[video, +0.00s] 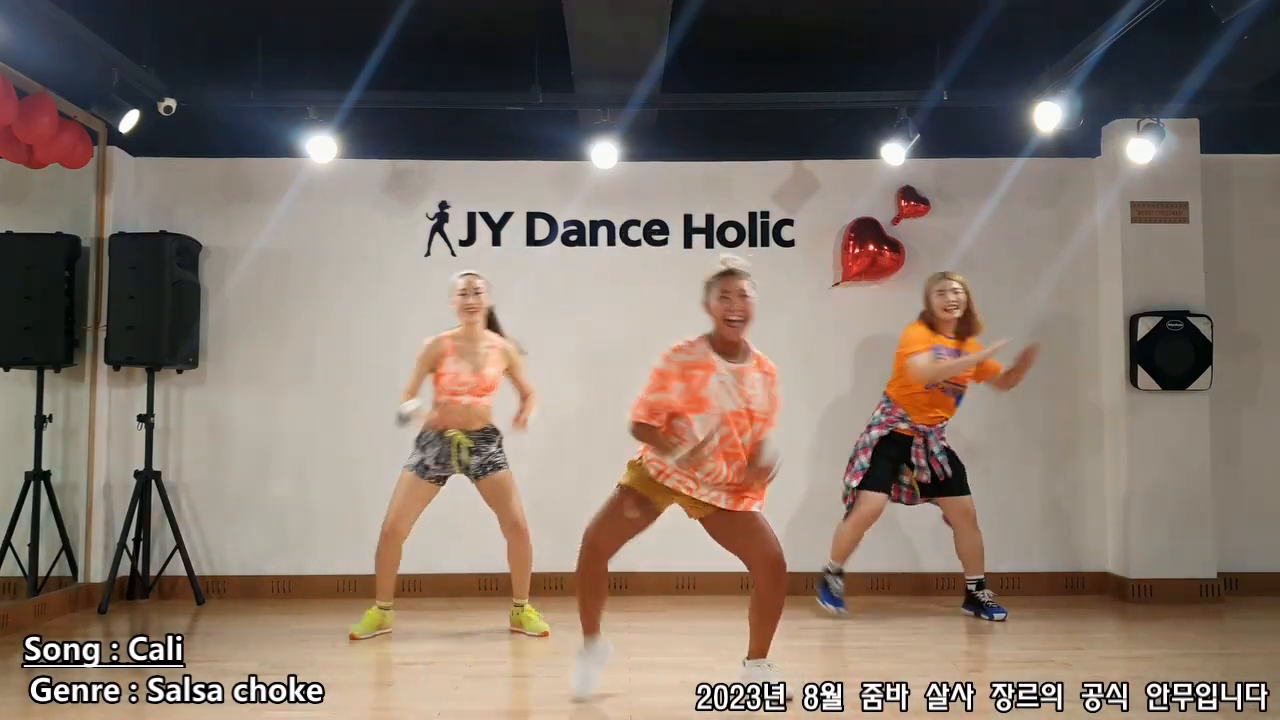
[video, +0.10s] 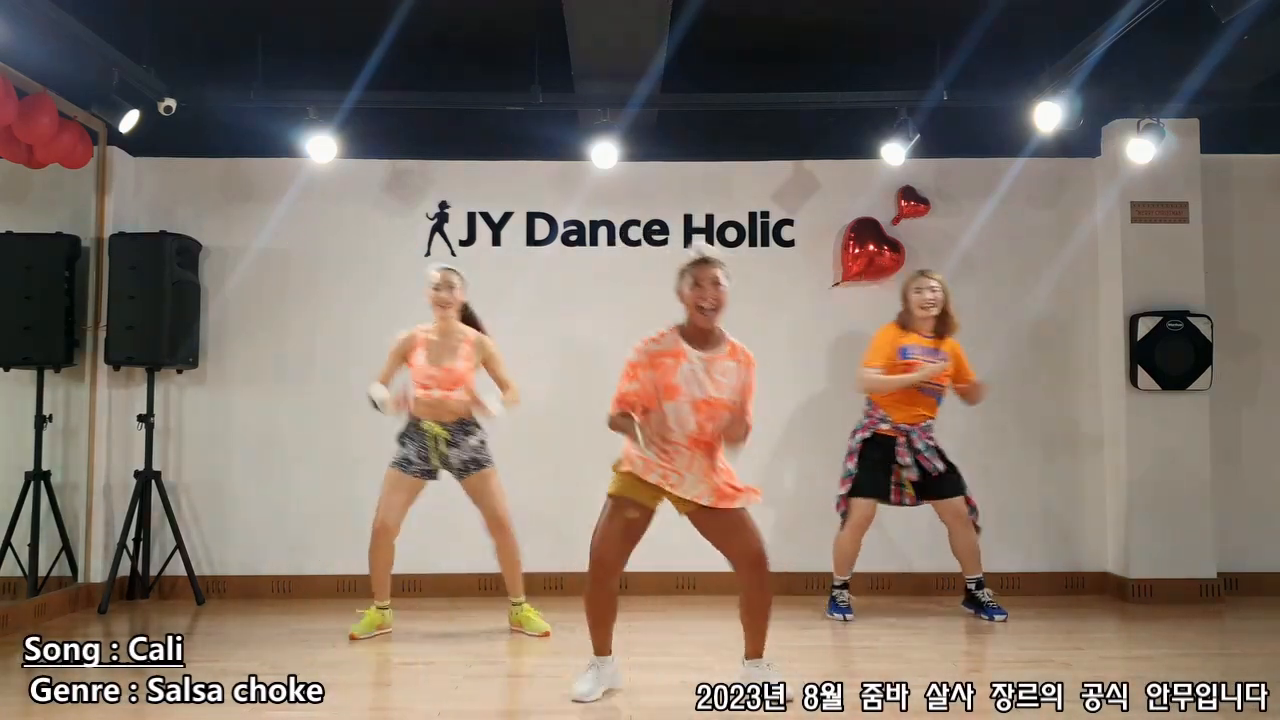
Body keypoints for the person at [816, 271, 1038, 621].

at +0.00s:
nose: (950, 298)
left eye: (956, 292)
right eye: (941, 293)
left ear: (966, 300)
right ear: (928, 301)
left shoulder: (970, 347)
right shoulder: (916, 335)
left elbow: (1002, 382)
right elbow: (920, 374)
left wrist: (1021, 366)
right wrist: (970, 361)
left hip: (931, 438)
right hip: (892, 432)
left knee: (963, 512)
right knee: (870, 506)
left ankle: (976, 592)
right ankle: (831, 575)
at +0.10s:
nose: (929, 295)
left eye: (935, 290)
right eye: (920, 290)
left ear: (944, 299)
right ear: (906, 299)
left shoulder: (949, 347)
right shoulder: (889, 336)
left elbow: (968, 395)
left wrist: (978, 387)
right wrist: (919, 376)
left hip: (920, 439)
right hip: (879, 436)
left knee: (957, 511)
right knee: (861, 513)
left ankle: (976, 591)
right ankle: (839, 591)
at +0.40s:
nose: (867, 289)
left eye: (873, 283)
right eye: (859, 284)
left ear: (885, 292)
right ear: (847, 294)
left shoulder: (895, 329)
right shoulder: (833, 329)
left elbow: (923, 335)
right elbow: (788, 336)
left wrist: (894, 305)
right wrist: (799, 313)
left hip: (881, 428)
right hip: (838, 427)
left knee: (878, 510)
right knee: (822, 505)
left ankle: (879, 594)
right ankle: (832, 588)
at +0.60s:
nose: (822, 291)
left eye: (829, 285)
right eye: (815, 287)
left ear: (842, 292)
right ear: (806, 295)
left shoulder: (860, 330)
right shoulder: (798, 339)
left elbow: (889, 364)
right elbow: (764, 385)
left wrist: (849, 361)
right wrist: (775, 362)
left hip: (861, 432)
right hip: (819, 433)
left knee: (874, 517)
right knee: (789, 507)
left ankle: (880, 595)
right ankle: (776, 590)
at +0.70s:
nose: (807, 294)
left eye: (813, 289)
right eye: (798, 289)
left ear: (822, 298)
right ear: (785, 301)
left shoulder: (834, 332)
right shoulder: (779, 347)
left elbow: (849, 371)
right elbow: (754, 384)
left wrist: (797, 369)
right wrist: (749, 374)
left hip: (852, 430)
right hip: (810, 435)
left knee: (885, 508)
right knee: (786, 508)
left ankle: (888, 587)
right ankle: (776, 591)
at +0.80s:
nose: (795, 297)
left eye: (801, 292)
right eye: (786, 293)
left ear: (811, 301)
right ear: (773, 306)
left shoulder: (819, 333)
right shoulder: (767, 346)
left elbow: (790, 347)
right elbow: (729, 358)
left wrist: (750, 323)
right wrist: (718, 336)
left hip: (849, 433)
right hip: (807, 439)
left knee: (893, 508)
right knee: (781, 508)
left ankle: (919, 571)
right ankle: (776, 592)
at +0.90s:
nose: (786, 302)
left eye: (793, 298)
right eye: (778, 298)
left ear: (803, 309)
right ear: (767, 309)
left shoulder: (805, 333)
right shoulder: (768, 342)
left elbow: (754, 313)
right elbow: (727, 320)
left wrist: (713, 284)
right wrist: (697, 292)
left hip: (847, 434)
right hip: (808, 441)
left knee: (892, 508)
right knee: (780, 510)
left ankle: (947, 572)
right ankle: (776, 595)